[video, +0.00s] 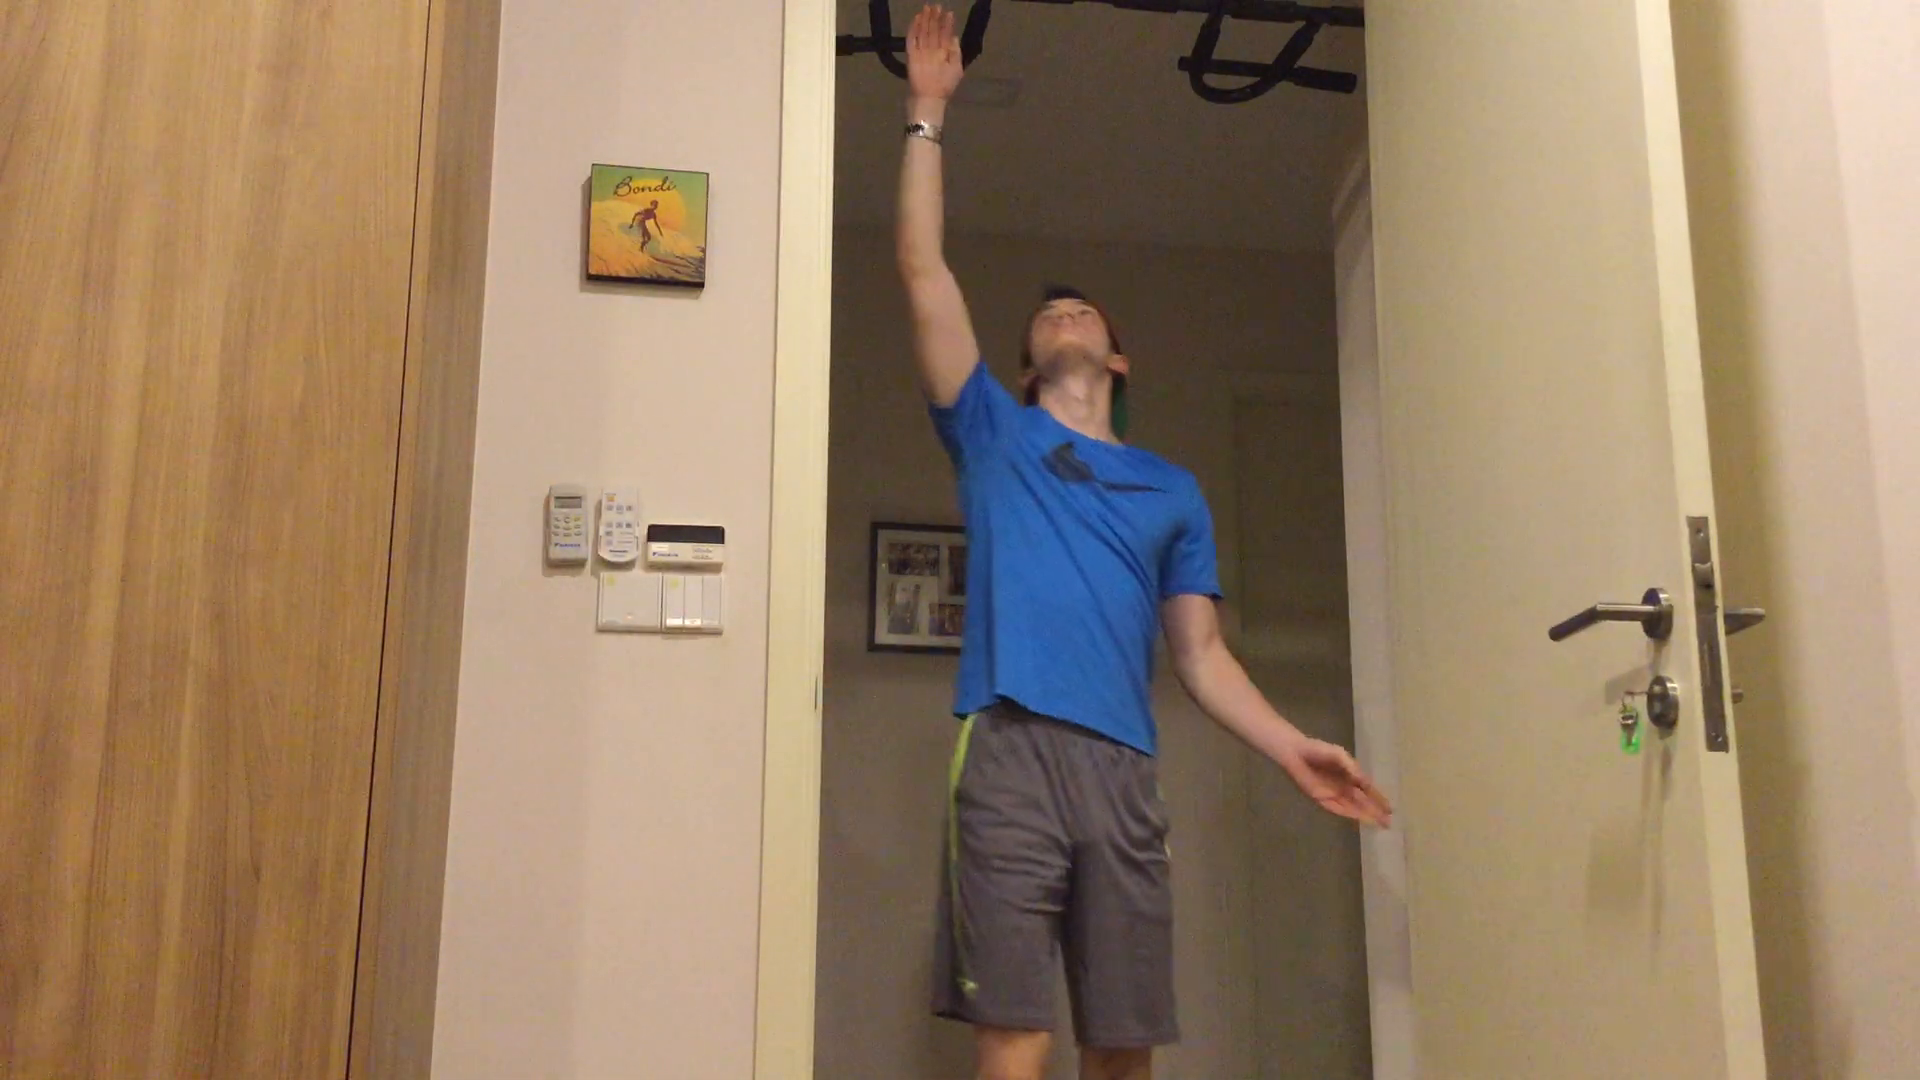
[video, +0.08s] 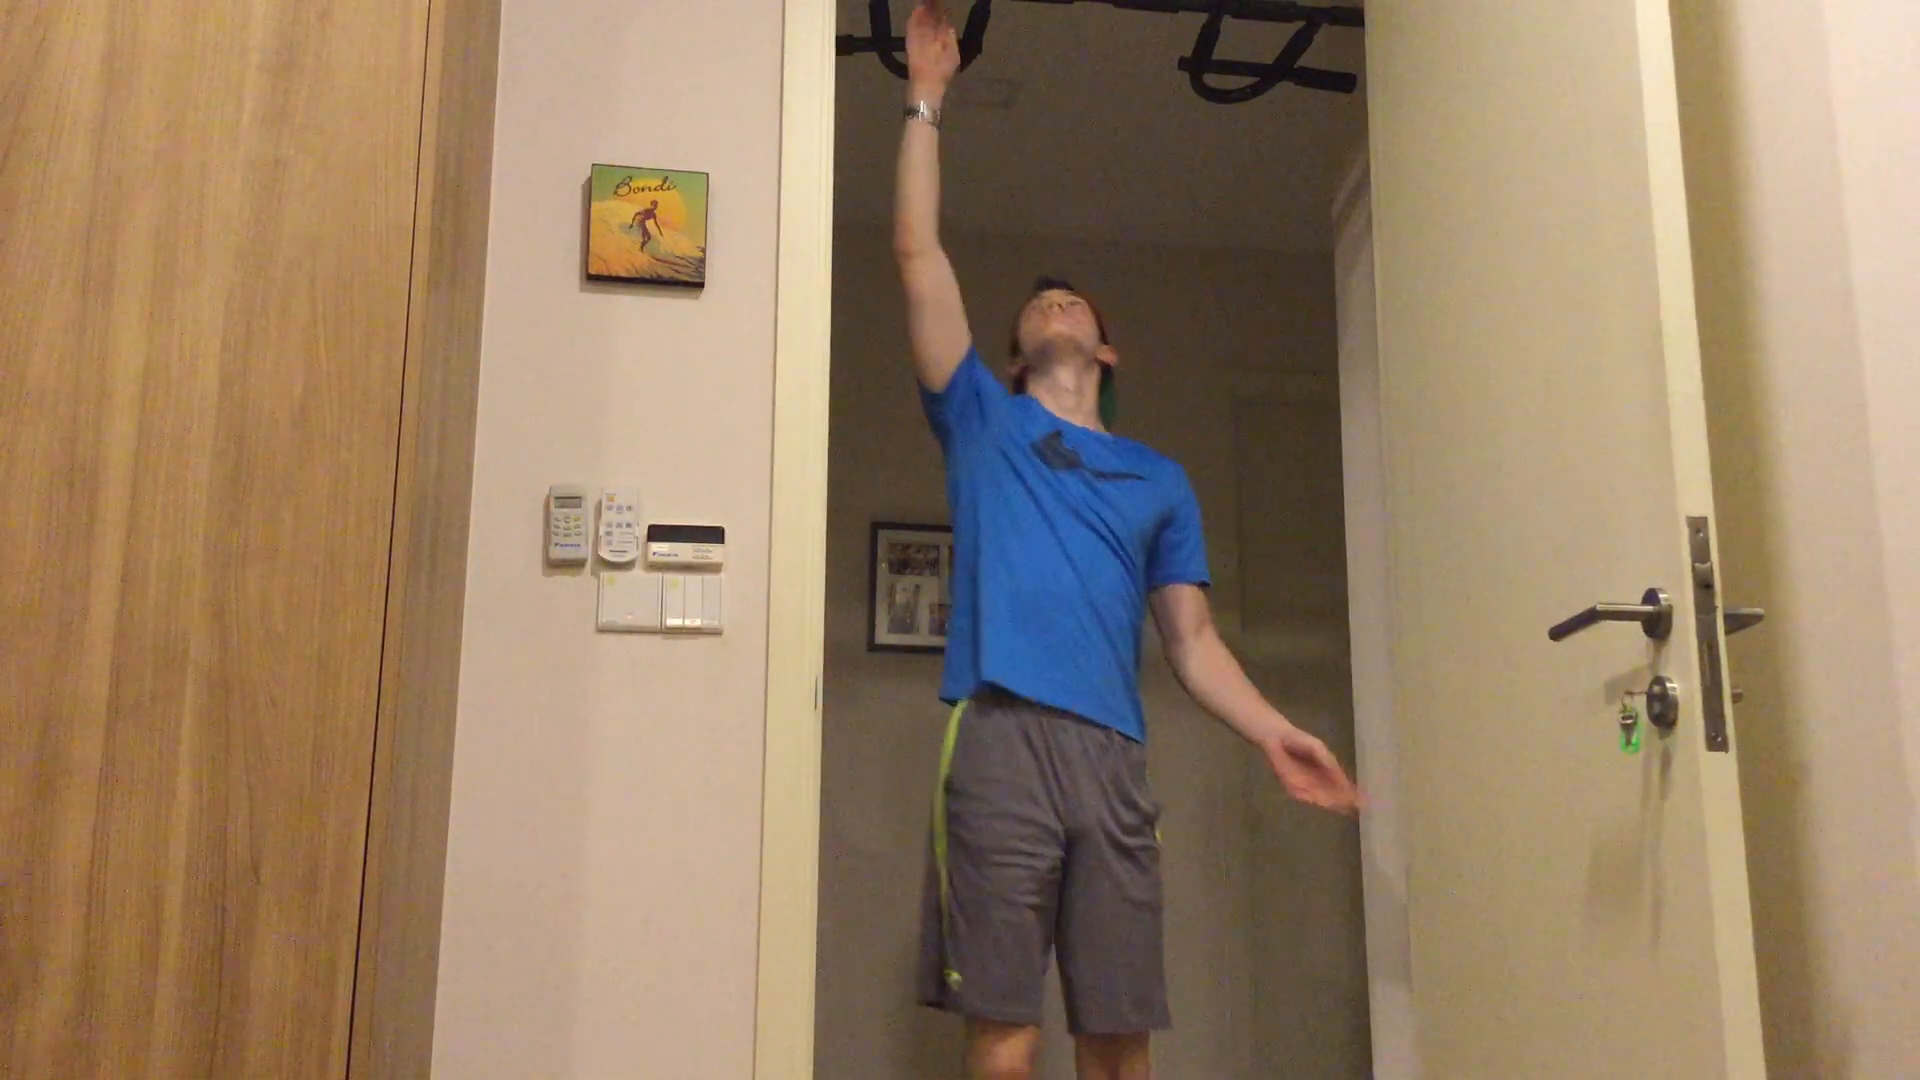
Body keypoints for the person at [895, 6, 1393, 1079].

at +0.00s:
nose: (1061, 313)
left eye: (1080, 311)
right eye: (1047, 314)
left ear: (1116, 357)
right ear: (1024, 361)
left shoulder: (1171, 492)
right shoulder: (992, 430)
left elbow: (1203, 651)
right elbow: (921, 265)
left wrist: (1294, 750)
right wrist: (927, 109)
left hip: (1121, 767)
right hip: (1007, 754)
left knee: (1122, 1046)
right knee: (1015, 1036)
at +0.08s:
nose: (1055, 303)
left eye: (1072, 303)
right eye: (1039, 305)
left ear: (1105, 350)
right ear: (1014, 354)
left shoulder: (1159, 481)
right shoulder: (983, 416)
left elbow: (1193, 640)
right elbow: (916, 251)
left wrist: (1277, 735)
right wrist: (926, 96)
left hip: (1113, 758)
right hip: (999, 745)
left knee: (1121, 1042)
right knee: (1004, 1037)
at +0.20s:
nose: (1041, 289)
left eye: (1059, 288)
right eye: (1027, 291)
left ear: (1093, 343)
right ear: (1002, 339)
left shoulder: (1139, 468)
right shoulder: (968, 392)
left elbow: (1171, 626)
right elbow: (930, 222)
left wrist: (1245, 705)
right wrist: (924, 74)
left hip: (1102, 742)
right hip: (987, 728)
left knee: (1119, 1043)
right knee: (996, 1040)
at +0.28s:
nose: (1038, 281)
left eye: (1054, 281)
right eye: (1024, 283)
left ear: (1086, 338)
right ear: (995, 329)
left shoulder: (1126, 463)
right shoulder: (964, 379)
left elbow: (1155, 622)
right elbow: (936, 203)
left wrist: (1227, 690)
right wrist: (925, 56)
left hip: (1096, 734)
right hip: (984, 718)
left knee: (1118, 1034)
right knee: (988, 1037)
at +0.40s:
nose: (1036, 275)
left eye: (1052, 276)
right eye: (1021, 277)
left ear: (1082, 335)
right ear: (992, 320)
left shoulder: (1115, 463)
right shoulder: (958, 369)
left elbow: (1137, 619)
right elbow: (935, 189)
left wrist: (1201, 665)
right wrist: (928, 45)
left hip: (1087, 726)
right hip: (979, 713)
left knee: (1114, 1007)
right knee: (983, 1010)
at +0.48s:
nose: (1037, 273)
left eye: (1051, 273)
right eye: (1021, 273)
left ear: (1076, 327)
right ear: (988, 315)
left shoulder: (1110, 461)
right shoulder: (955, 362)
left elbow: (1132, 618)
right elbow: (933, 184)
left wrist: (1185, 643)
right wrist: (928, 39)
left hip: (1081, 720)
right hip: (977, 707)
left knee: (1112, 1014)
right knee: (984, 1012)